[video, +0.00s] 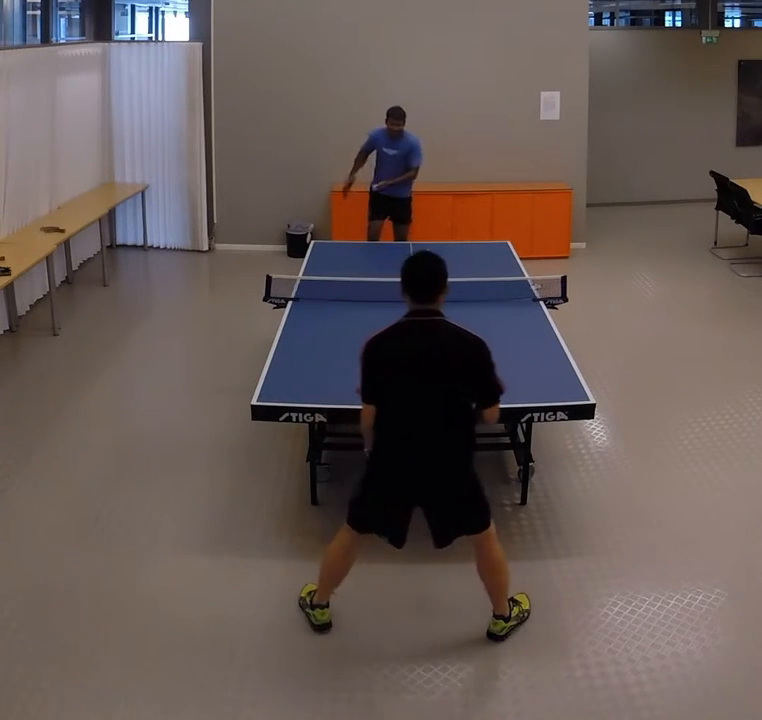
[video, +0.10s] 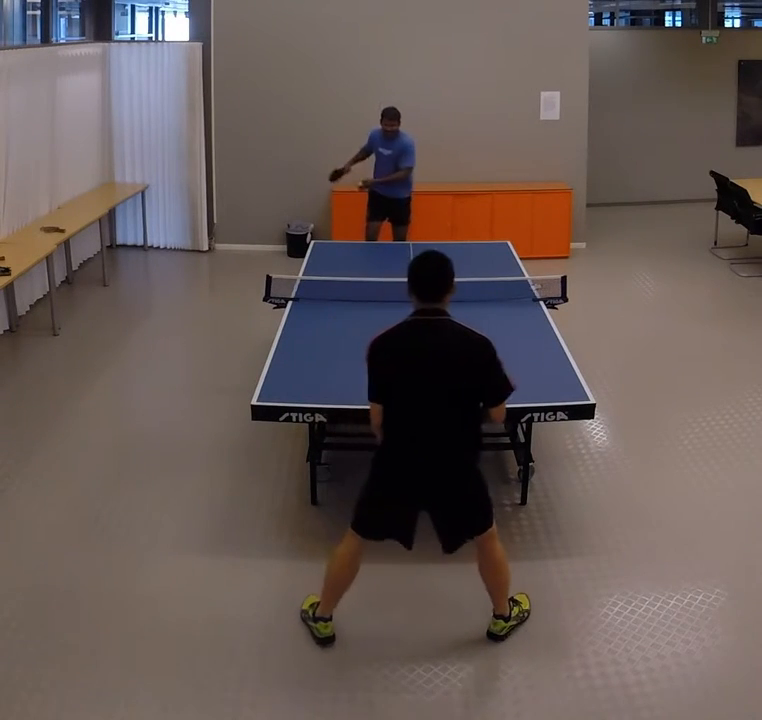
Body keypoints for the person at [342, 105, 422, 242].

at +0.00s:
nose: (395, 129)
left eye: (399, 125)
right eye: (392, 124)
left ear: (404, 124)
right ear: (386, 122)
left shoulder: (412, 143)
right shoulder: (377, 136)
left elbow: (413, 173)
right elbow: (363, 154)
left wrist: (389, 182)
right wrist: (352, 175)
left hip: (401, 197)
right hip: (379, 194)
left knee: (401, 240)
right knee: (373, 236)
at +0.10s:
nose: (388, 129)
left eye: (392, 126)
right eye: (386, 125)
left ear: (399, 124)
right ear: (381, 123)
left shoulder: (406, 143)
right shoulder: (376, 136)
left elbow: (405, 173)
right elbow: (366, 152)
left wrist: (374, 182)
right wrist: (348, 165)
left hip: (400, 197)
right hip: (378, 194)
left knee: (400, 241)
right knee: (371, 237)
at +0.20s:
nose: (383, 130)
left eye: (386, 127)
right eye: (379, 127)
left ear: (393, 125)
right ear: (375, 125)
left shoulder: (402, 144)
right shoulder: (373, 136)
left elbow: (396, 172)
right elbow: (367, 150)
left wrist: (363, 178)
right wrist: (345, 156)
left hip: (398, 198)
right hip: (376, 195)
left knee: (398, 242)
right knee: (368, 238)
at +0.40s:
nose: (373, 133)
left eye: (376, 129)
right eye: (369, 129)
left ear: (383, 127)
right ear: (365, 127)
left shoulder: (391, 145)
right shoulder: (363, 138)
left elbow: (372, 171)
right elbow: (357, 158)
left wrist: (340, 175)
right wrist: (329, 163)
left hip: (391, 200)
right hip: (369, 198)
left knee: (395, 243)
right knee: (362, 241)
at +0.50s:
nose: (368, 134)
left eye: (371, 130)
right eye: (364, 130)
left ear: (379, 128)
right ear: (360, 128)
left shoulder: (387, 144)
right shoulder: (356, 141)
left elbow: (369, 172)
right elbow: (348, 166)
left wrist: (340, 175)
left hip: (389, 199)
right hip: (367, 197)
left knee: (394, 241)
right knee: (361, 239)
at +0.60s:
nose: (363, 136)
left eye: (367, 133)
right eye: (360, 133)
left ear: (374, 129)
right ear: (355, 130)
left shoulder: (385, 141)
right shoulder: (349, 145)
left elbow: (383, 168)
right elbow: (351, 174)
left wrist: (354, 166)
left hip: (388, 195)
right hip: (364, 195)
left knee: (393, 240)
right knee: (361, 239)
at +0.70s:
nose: (362, 137)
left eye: (366, 133)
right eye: (359, 134)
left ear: (372, 129)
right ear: (354, 130)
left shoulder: (384, 136)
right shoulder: (350, 149)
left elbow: (391, 165)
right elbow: (370, 173)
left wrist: (366, 159)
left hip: (388, 193)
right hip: (365, 196)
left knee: (396, 239)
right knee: (362, 240)